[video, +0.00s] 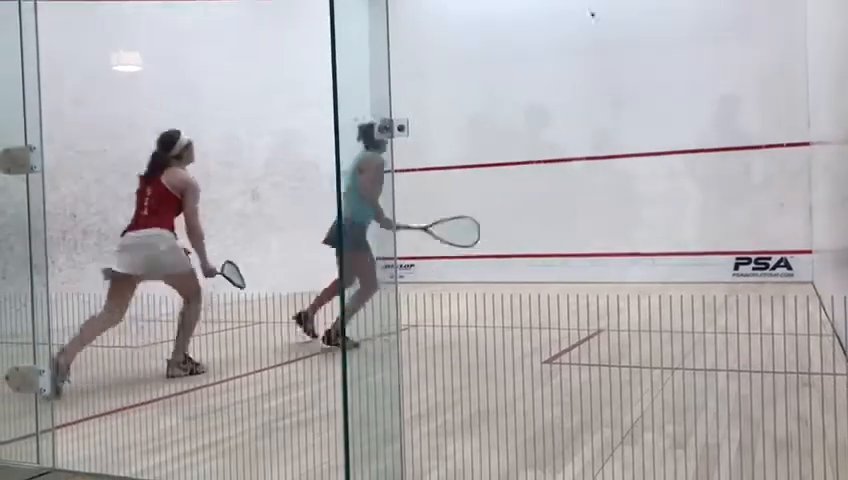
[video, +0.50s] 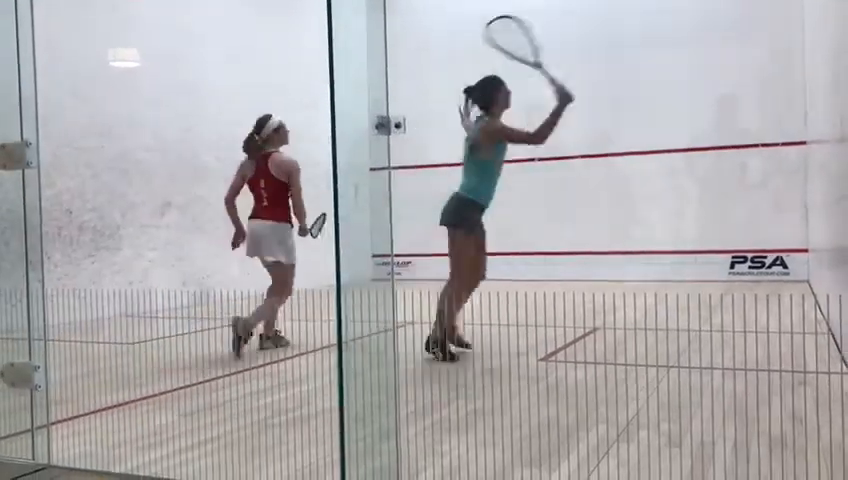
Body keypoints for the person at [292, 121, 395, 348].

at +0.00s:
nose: (387, 140)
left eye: (387, 135)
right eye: (384, 135)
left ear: (367, 139)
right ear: (377, 139)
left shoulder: (362, 160)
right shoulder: (373, 160)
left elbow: (359, 195)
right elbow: (365, 190)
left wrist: (379, 218)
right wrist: (381, 217)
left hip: (346, 227)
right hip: (354, 229)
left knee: (346, 278)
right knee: (370, 285)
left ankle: (308, 313)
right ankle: (336, 331)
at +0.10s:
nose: (401, 130)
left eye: (399, 126)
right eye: (399, 127)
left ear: (381, 131)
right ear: (398, 131)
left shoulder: (381, 153)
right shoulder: (386, 154)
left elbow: (381, 191)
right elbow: (381, 188)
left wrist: (400, 213)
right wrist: (399, 212)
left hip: (368, 221)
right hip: (367, 223)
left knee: (386, 277)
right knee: (386, 278)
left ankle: (354, 316)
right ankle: (350, 318)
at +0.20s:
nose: (423, 134)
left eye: (421, 130)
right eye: (420, 130)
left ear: (404, 133)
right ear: (413, 134)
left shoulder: (410, 157)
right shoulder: (394, 159)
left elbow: (429, 179)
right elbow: (397, 193)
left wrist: (456, 192)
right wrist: (424, 202)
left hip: (389, 228)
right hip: (382, 228)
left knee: (401, 282)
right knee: (417, 272)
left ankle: (369, 325)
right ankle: (391, 328)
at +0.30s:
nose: (445, 132)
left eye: (444, 128)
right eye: (442, 128)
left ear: (428, 133)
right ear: (432, 133)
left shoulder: (434, 153)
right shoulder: (417, 158)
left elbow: (458, 153)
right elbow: (422, 184)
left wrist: (484, 148)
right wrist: (451, 181)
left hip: (411, 228)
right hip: (405, 229)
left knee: (399, 281)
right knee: (437, 274)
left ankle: (369, 321)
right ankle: (434, 337)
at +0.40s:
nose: (477, 118)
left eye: (475, 115)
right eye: (472, 115)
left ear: (458, 124)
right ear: (461, 122)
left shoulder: (457, 144)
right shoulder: (448, 151)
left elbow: (470, 131)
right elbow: (477, 169)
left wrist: (479, 120)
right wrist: (499, 144)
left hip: (437, 222)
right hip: (434, 225)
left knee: (427, 279)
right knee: (455, 282)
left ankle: (391, 310)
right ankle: (436, 343)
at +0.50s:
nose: (510, 94)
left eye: (507, 90)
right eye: (505, 91)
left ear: (487, 99)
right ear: (495, 98)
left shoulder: (483, 127)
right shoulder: (490, 128)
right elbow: (536, 138)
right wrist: (561, 105)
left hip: (469, 211)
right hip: (464, 211)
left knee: (475, 273)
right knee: (463, 275)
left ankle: (447, 327)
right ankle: (438, 337)